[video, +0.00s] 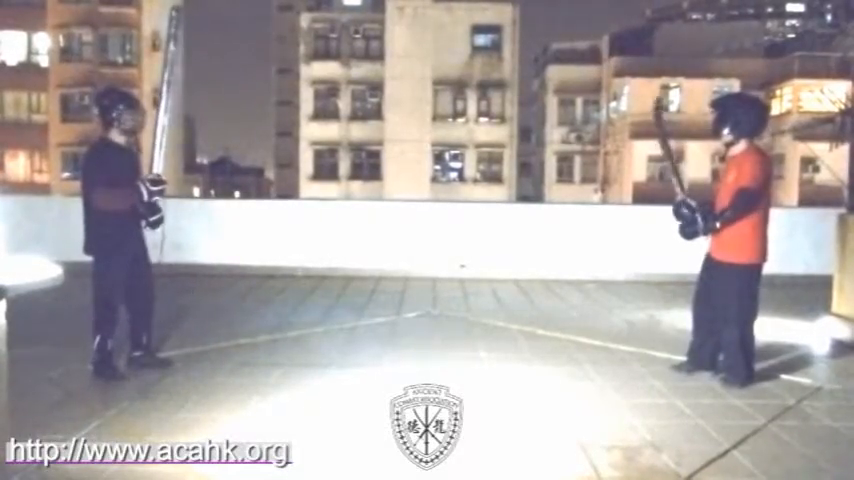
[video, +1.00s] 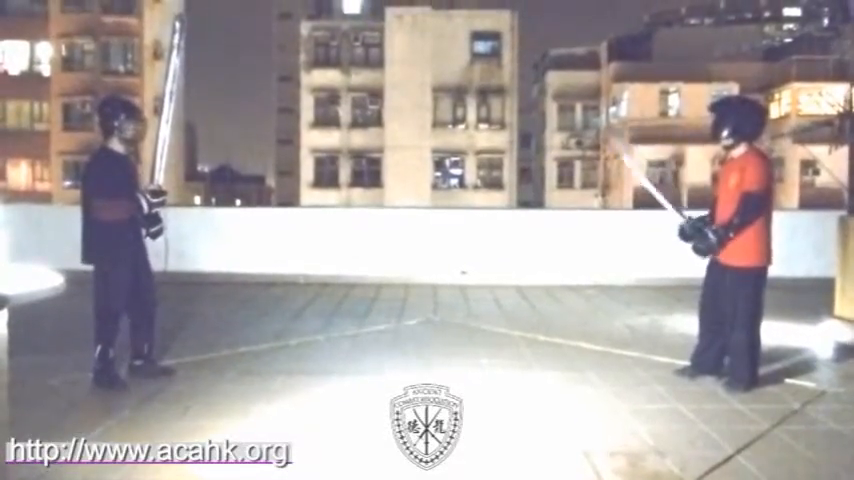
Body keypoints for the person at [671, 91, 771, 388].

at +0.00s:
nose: (718, 128)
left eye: (722, 121)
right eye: (719, 121)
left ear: (737, 125)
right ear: (738, 125)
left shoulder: (753, 160)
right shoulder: (731, 159)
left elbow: (746, 200)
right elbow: (726, 202)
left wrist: (713, 222)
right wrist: (702, 213)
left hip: (743, 253)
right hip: (721, 249)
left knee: (736, 313)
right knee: (705, 305)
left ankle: (737, 369)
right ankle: (701, 357)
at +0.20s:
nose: (715, 127)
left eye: (720, 122)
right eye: (717, 121)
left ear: (733, 126)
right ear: (733, 126)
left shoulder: (748, 161)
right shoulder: (727, 160)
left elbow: (741, 201)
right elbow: (722, 202)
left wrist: (713, 225)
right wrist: (701, 213)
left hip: (741, 253)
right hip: (720, 249)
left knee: (734, 313)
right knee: (706, 306)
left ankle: (736, 369)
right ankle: (702, 358)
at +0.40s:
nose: (713, 127)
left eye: (719, 122)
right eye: (715, 122)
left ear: (733, 126)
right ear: (731, 126)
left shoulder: (749, 163)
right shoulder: (724, 161)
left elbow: (741, 207)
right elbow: (719, 203)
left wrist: (711, 231)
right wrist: (701, 216)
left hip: (741, 255)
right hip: (718, 251)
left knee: (734, 315)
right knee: (706, 308)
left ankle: (735, 371)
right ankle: (700, 359)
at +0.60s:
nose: (715, 127)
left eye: (721, 121)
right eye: (717, 121)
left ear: (736, 125)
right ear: (731, 125)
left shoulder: (754, 162)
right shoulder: (723, 160)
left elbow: (748, 206)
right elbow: (720, 201)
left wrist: (716, 230)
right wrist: (702, 216)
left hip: (745, 254)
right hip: (720, 250)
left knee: (739, 314)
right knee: (708, 307)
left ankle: (738, 371)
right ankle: (702, 359)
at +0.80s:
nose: (718, 130)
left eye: (723, 123)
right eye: (718, 123)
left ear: (737, 126)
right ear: (728, 127)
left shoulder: (754, 161)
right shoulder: (724, 161)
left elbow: (752, 205)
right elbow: (722, 201)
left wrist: (720, 229)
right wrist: (704, 215)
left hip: (748, 255)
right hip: (723, 251)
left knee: (742, 315)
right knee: (708, 306)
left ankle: (741, 372)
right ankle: (704, 360)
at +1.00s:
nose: (717, 129)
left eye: (722, 123)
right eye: (718, 123)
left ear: (738, 127)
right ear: (730, 127)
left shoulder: (755, 163)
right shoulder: (725, 163)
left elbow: (751, 206)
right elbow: (722, 207)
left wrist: (720, 235)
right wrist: (702, 223)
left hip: (747, 256)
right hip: (723, 253)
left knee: (741, 317)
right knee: (712, 310)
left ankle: (741, 374)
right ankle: (706, 362)